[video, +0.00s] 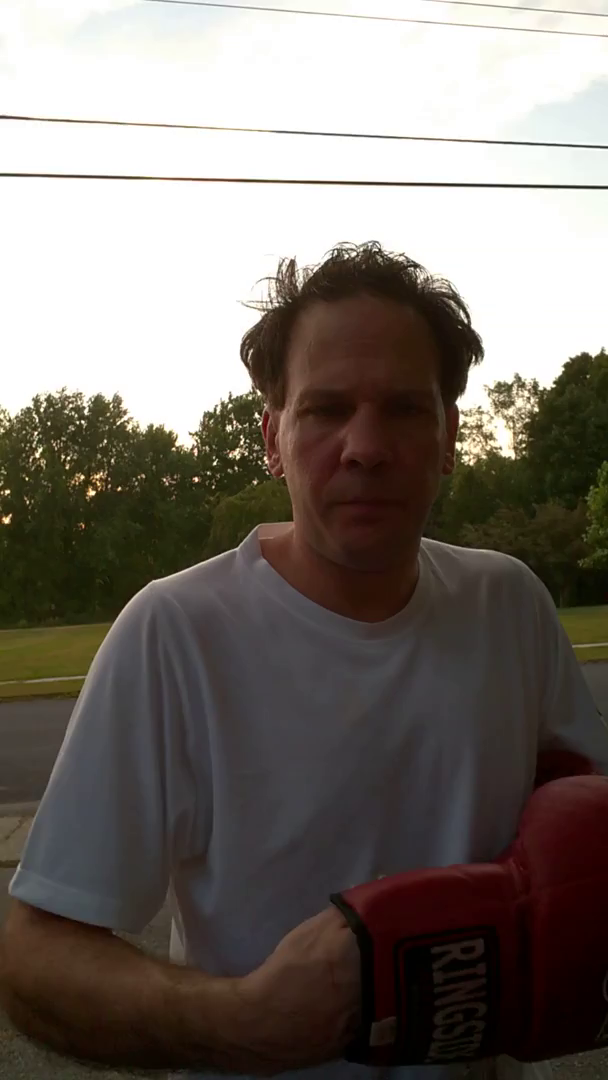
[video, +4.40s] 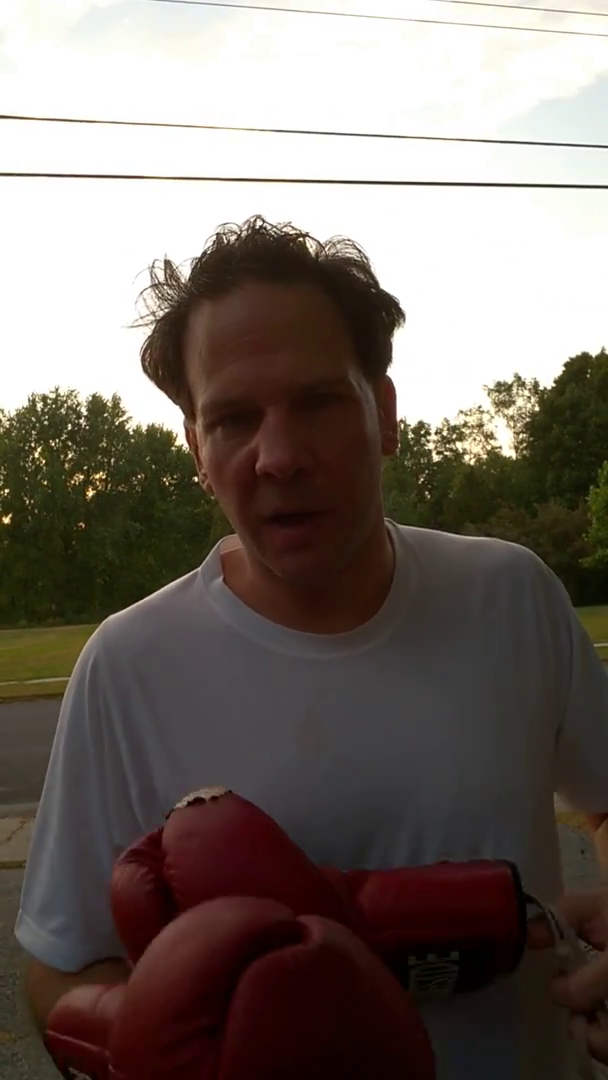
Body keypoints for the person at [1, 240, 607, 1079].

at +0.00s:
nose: (365, 448)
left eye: (403, 409)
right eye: (327, 410)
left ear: (448, 438)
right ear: (273, 438)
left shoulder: (508, 605)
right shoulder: (172, 633)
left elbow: (589, 805)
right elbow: (30, 952)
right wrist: (240, 1019)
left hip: (482, 1059)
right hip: (271, 1067)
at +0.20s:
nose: (368, 447)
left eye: (404, 409)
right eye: (330, 410)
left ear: (447, 441)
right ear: (275, 440)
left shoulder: (504, 601)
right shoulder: (179, 630)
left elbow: (591, 815)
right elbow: (21, 950)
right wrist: (317, 954)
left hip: (495, 1057)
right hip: (266, 1065)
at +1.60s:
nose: (346, 450)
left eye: (382, 405)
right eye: (304, 412)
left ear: (433, 425)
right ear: (254, 442)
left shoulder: (536, 595)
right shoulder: (169, 655)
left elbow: (606, 825)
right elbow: (62, 984)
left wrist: (574, 956)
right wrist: (261, 1004)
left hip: (532, 1058)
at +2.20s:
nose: (310, 466)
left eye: (348, 413)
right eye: (265, 425)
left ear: (406, 423)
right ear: (216, 452)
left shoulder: (524, 590)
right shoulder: (139, 676)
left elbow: (597, 830)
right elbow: (65, 979)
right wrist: (165, 1066)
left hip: (531, 1060)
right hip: (276, 1070)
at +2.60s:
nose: (314, 460)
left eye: (354, 408)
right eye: (269, 417)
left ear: (410, 419)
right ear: (217, 445)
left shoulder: (524, 596)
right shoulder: (130, 679)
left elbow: (605, 841)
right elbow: (64, 979)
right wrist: (89, 1065)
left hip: (513, 1054)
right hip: (258, 1067)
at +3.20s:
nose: (296, 452)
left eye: (337, 400)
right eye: (254, 413)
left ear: (403, 416)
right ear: (213, 446)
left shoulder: (522, 596)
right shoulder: (134, 675)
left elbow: (599, 819)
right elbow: (70, 989)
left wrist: (597, 896)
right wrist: (177, 1077)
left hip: (534, 1049)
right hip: (255, 1064)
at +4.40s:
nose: (279, 457)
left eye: (318, 402)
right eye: (235, 419)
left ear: (385, 419)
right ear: (199, 457)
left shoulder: (513, 598)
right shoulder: (126, 667)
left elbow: (604, 802)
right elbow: (58, 966)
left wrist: (601, 921)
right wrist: (144, 1025)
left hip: (521, 1064)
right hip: (260, 1068)